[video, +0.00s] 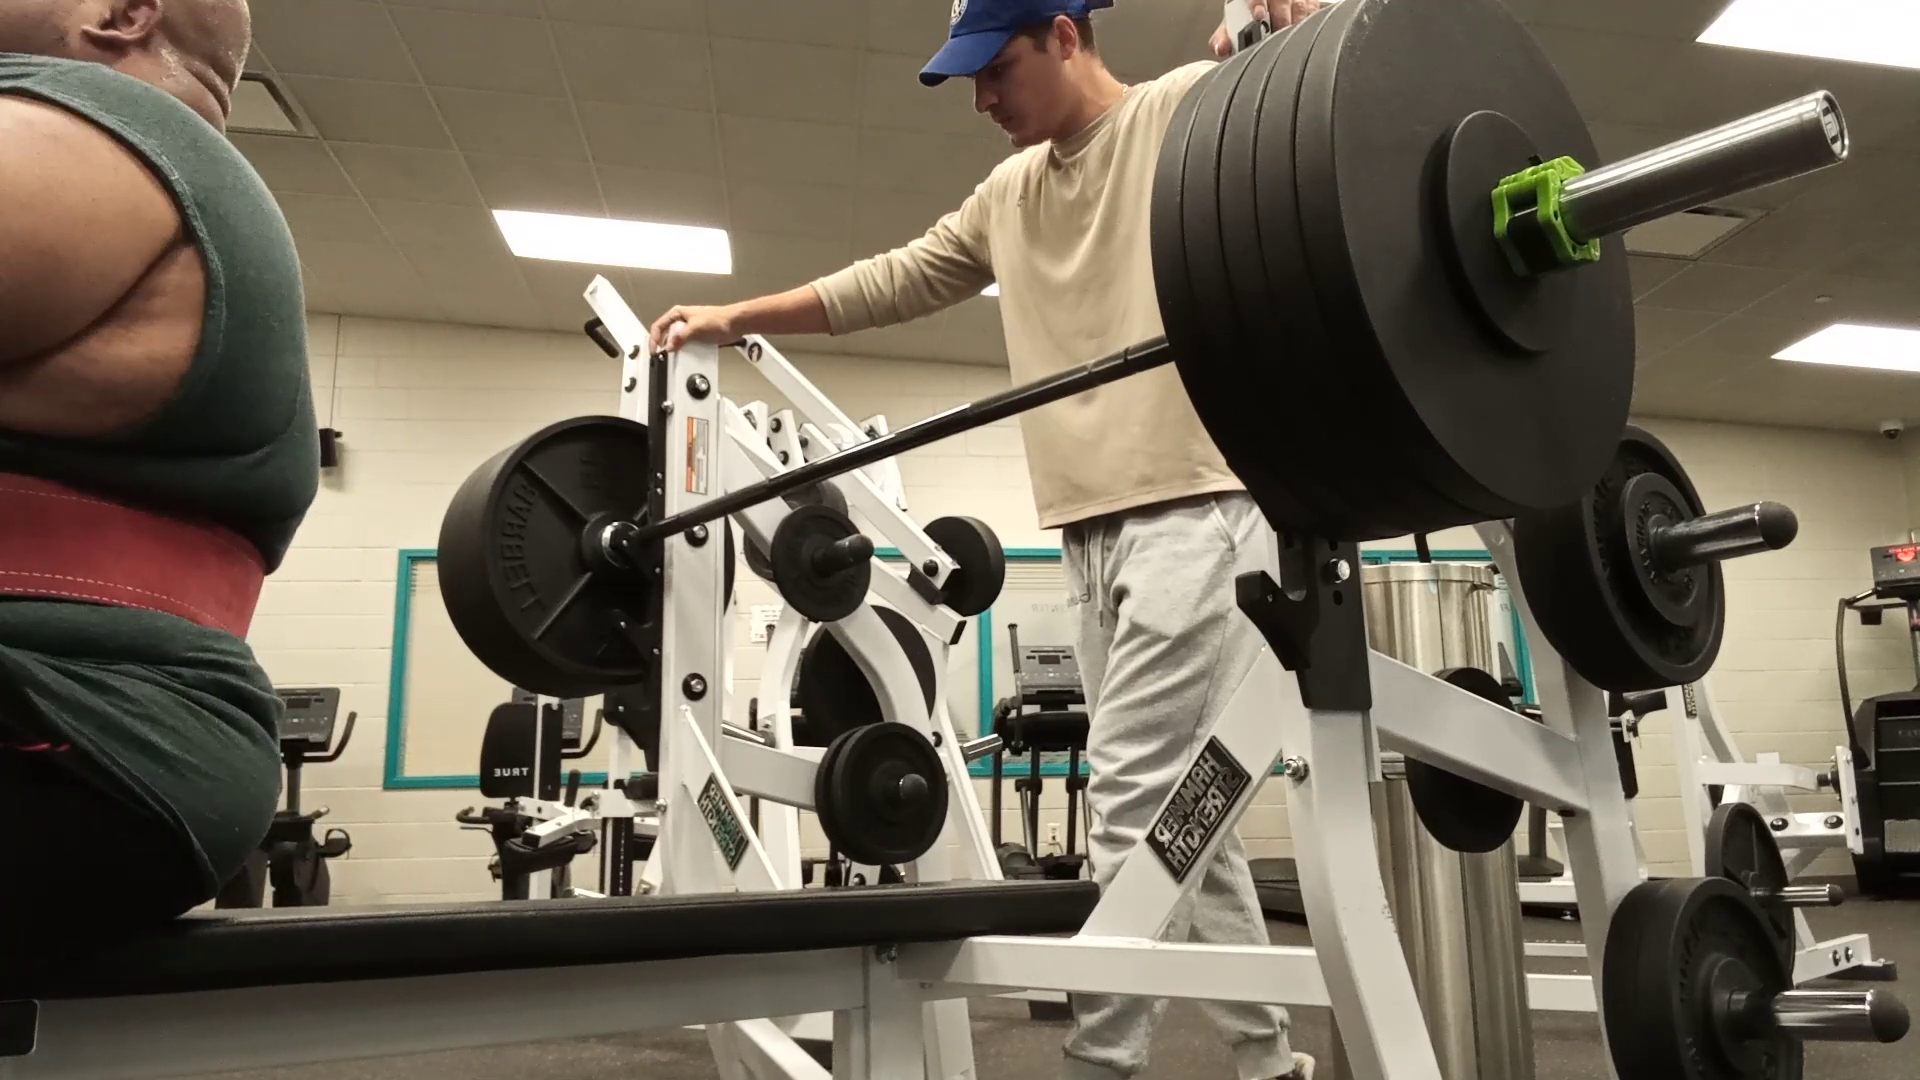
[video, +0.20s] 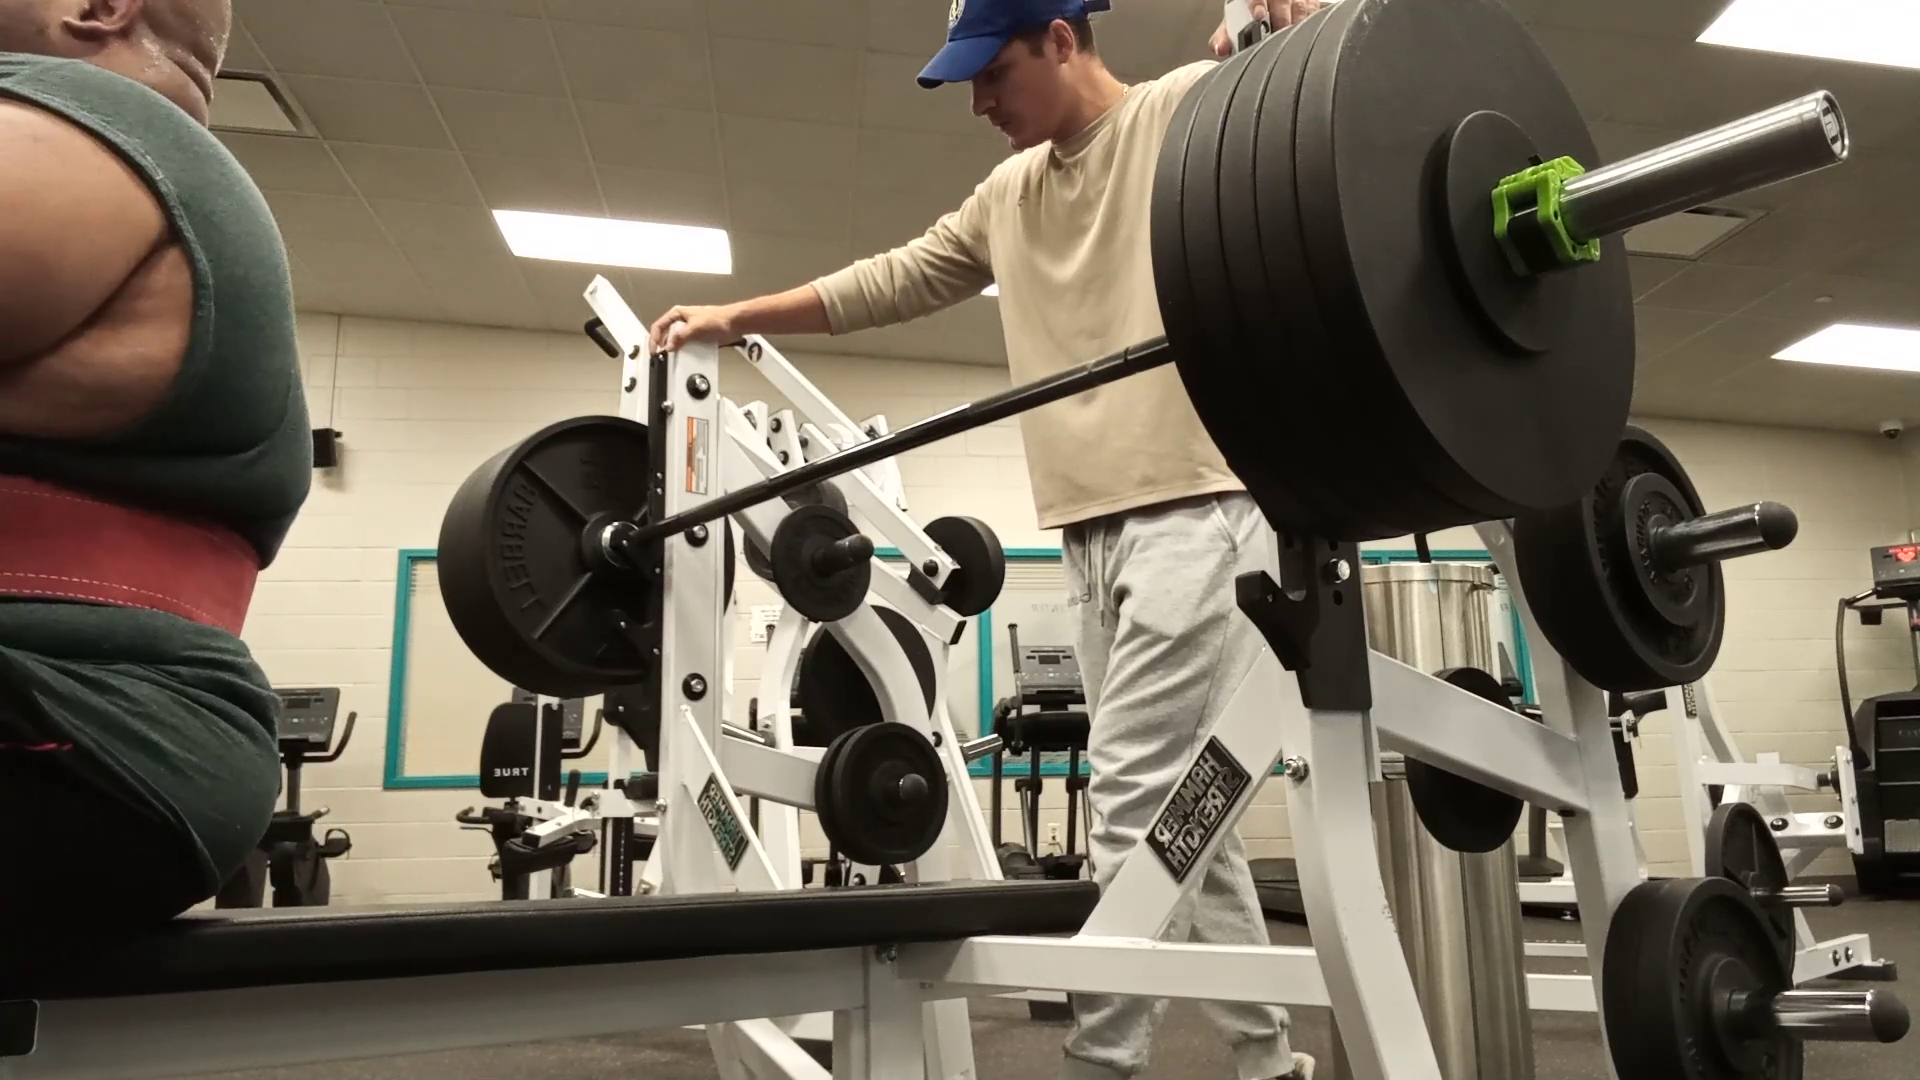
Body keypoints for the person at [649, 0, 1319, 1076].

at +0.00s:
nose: (985, 99)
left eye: (997, 71)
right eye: (977, 81)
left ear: (1066, 37)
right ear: (1002, 75)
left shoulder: (1187, 101)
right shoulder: (1006, 193)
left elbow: (1317, 111)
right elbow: (896, 279)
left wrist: (1293, 37)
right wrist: (735, 315)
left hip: (1201, 510)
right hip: (1090, 533)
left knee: (1128, 792)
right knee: (1173, 803)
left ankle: (1103, 1064)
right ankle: (1267, 1060)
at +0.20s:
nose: (983, 102)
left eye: (994, 75)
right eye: (975, 83)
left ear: (1064, 40)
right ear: (1023, 62)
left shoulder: (1186, 101)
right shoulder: (1006, 193)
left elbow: (1317, 106)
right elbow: (895, 279)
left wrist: (1292, 35)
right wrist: (735, 314)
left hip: (1200, 510)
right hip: (1090, 534)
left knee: (1129, 795)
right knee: (1176, 806)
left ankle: (1103, 1061)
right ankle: (1266, 1058)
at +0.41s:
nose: (976, 105)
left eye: (986, 78)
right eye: (970, 85)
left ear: (1055, 45)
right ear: (1026, 62)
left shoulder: (1185, 102)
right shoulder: (1006, 193)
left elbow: (1314, 110)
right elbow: (893, 279)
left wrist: (1291, 36)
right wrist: (734, 314)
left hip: (1201, 510)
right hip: (1090, 533)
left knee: (1129, 792)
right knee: (1174, 804)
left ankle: (1103, 1064)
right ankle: (1267, 1060)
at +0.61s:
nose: (973, 112)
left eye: (983, 85)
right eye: (966, 92)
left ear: (1053, 47)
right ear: (1024, 64)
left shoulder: (1185, 102)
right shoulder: (1005, 195)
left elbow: (1315, 112)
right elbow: (894, 280)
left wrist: (1291, 38)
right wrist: (735, 314)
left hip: (1200, 511)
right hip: (1091, 535)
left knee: (1129, 794)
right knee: (1174, 804)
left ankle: (1102, 1064)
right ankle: (1266, 1060)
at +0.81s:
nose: (972, 114)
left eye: (982, 88)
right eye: (965, 94)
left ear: (1051, 48)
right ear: (1025, 64)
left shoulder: (1185, 102)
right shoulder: (1006, 194)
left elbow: (1317, 113)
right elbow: (897, 279)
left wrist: (1293, 37)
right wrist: (735, 314)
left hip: (1200, 511)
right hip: (1090, 533)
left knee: (1128, 792)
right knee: (1173, 802)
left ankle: (1102, 1064)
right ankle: (1266, 1059)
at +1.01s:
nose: (972, 114)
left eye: (982, 88)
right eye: (965, 94)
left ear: (1051, 48)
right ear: (1026, 65)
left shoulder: (1185, 102)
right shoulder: (1005, 194)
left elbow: (1317, 113)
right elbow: (896, 279)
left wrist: (1291, 38)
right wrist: (735, 314)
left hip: (1201, 511)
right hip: (1091, 534)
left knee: (1128, 793)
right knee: (1174, 803)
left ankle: (1102, 1064)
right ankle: (1266, 1060)